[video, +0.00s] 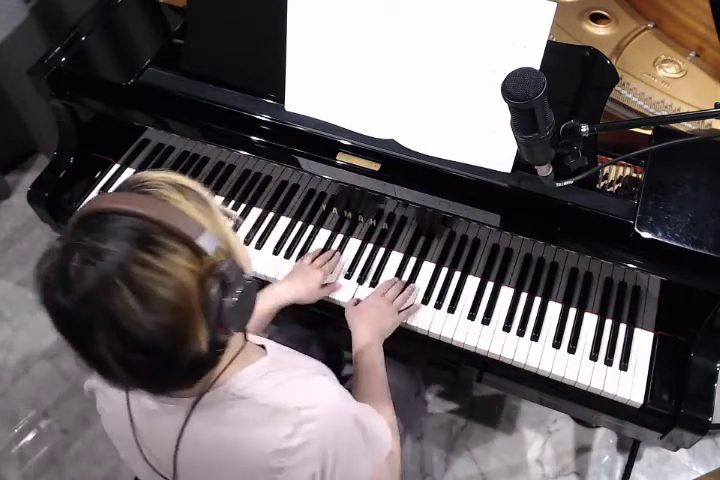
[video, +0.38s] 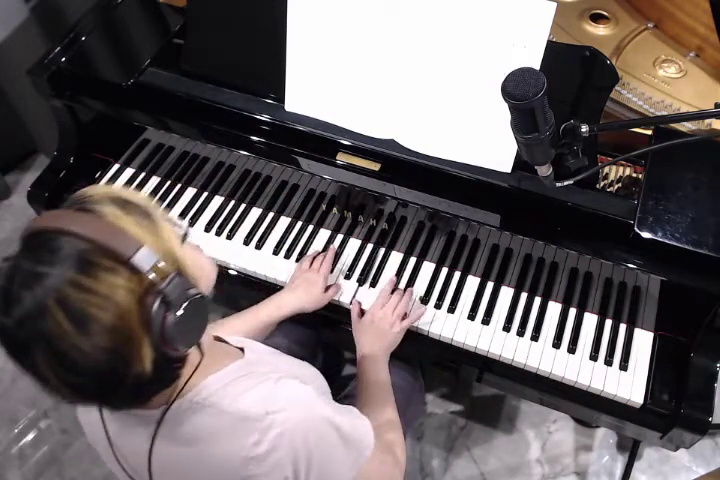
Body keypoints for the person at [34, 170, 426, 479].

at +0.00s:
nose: (229, 224)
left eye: (216, 219)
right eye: (220, 226)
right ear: (220, 293)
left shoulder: (110, 376)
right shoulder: (308, 414)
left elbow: (204, 339)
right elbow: (384, 461)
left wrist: (280, 294)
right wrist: (368, 345)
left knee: (307, 319)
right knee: (393, 361)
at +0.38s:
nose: (185, 232)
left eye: (172, 230)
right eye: (174, 238)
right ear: (172, 315)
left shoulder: (93, 376)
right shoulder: (280, 426)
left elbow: (191, 350)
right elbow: (385, 467)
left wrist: (287, 301)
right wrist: (374, 356)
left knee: (304, 320)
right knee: (398, 376)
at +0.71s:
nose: (160, 263)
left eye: (146, 262)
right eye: (148, 271)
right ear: (147, 355)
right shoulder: (263, 437)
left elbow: (185, 329)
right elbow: (387, 461)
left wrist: (289, 290)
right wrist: (381, 356)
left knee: (305, 322)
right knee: (398, 369)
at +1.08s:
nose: (151, 304)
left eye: (131, 305)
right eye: (142, 323)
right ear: (144, 391)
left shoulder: (142, 380)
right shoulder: (262, 462)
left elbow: (185, 324)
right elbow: (384, 466)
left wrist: (292, 272)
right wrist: (378, 352)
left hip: (260, 374)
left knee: (309, 310)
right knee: (398, 369)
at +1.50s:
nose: (191, 333)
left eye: (174, 333)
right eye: (187, 348)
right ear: (183, 407)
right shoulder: (278, 469)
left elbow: (207, 298)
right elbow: (378, 465)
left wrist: (306, 244)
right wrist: (366, 343)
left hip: (258, 372)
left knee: (301, 328)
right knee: (397, 369)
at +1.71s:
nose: (214, 334)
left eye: (202, 331)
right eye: (207, 341)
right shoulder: (290, 467)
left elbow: (212, 309)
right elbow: (383, 459)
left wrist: (310, 242)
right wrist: (365, 339)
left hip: (264, 368)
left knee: (300, 329)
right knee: (397, 368)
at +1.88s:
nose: (235, 307)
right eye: (238, 348)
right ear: (229, 445)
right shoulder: (311, 461)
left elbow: (228, 317)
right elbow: (393, 461)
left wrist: (299, 268)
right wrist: (378, 341)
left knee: (297, 318)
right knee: (396, 365)